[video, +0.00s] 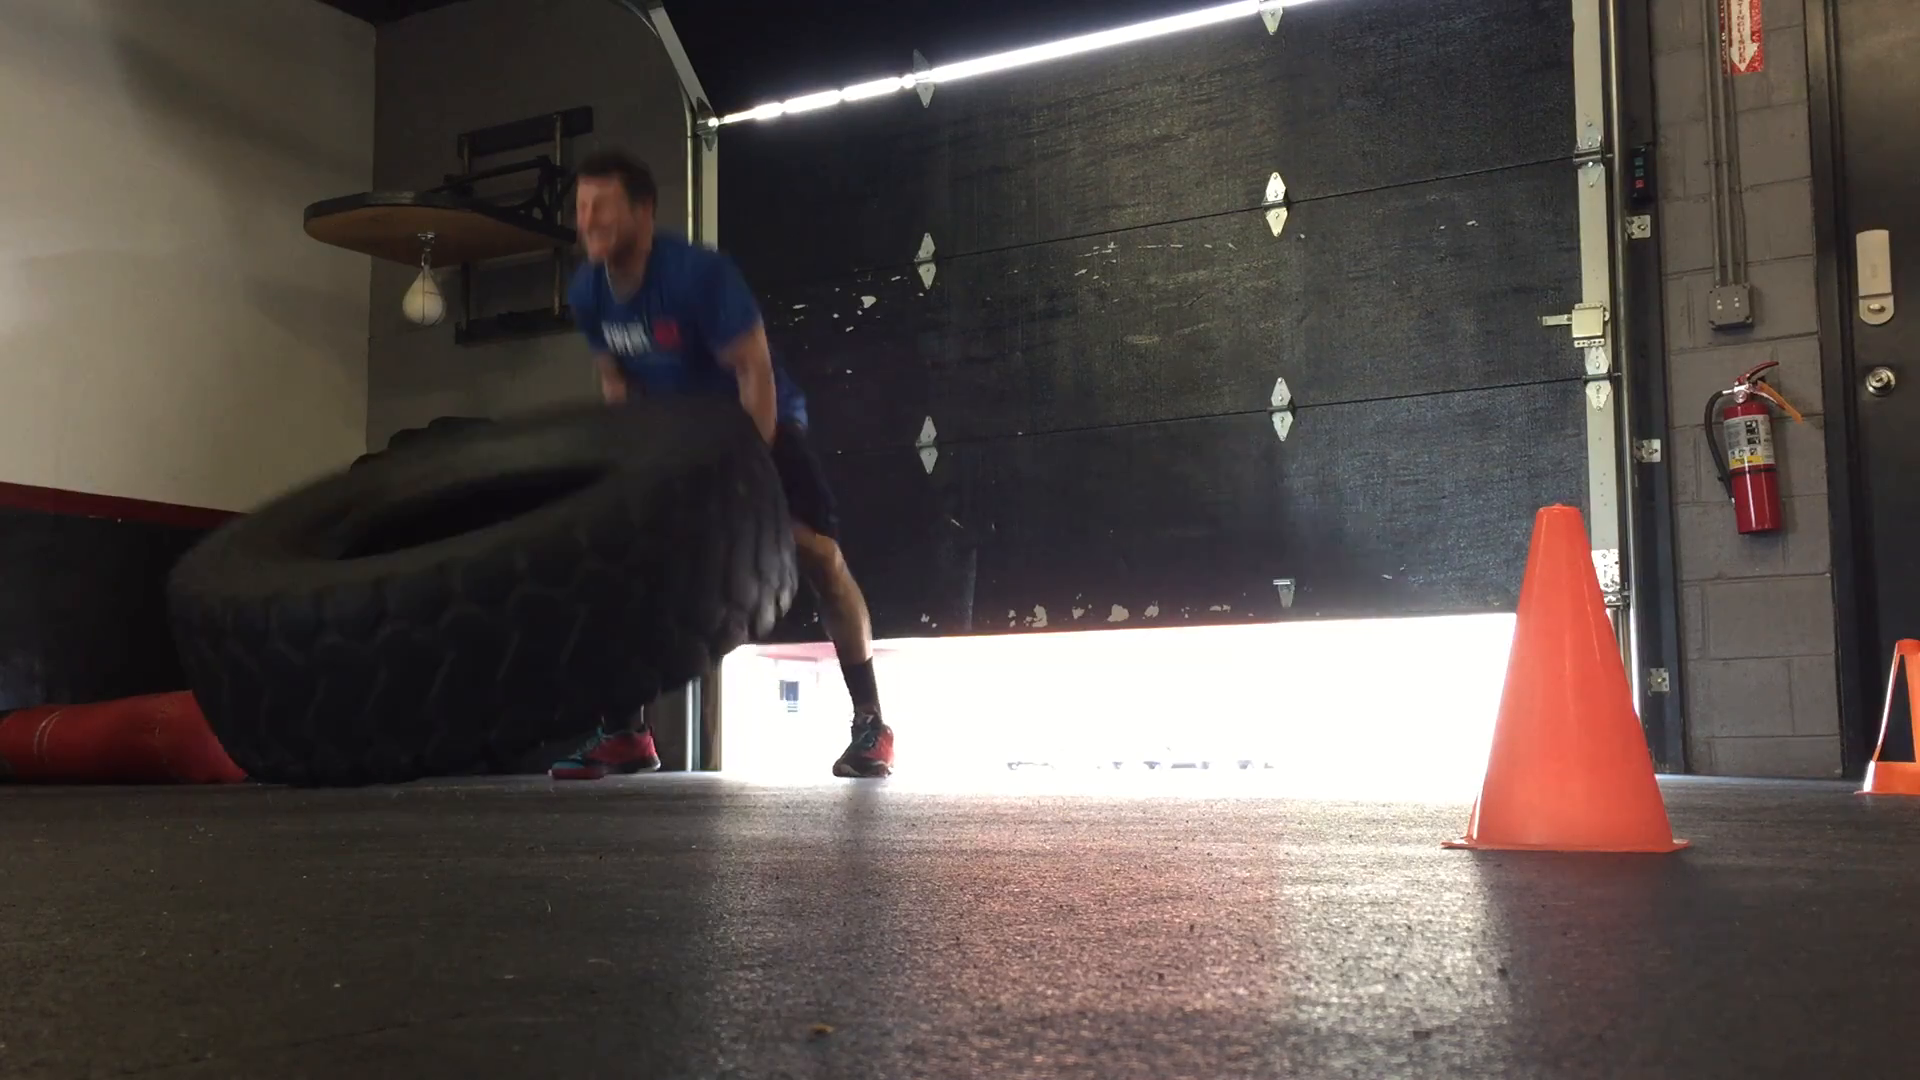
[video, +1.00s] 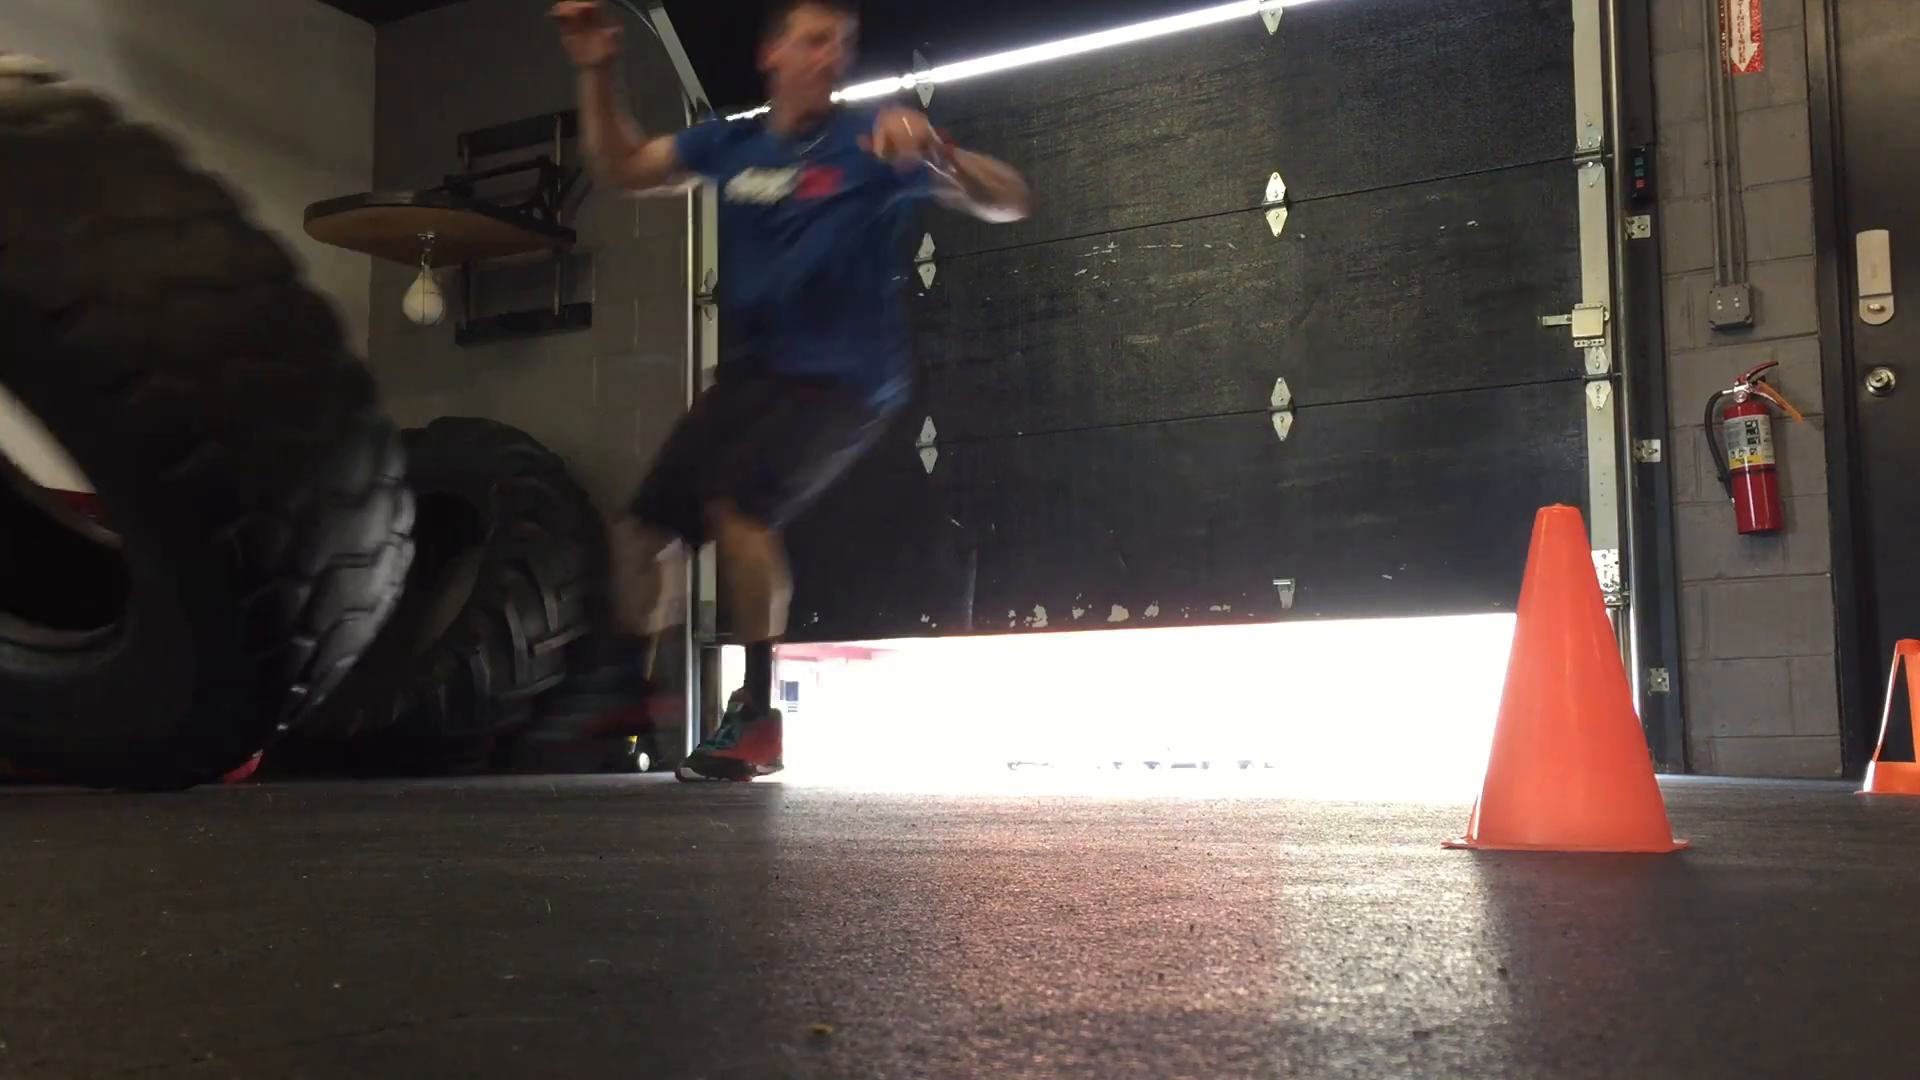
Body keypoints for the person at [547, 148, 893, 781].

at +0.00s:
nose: (590, 224)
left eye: (604, 209)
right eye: (582, 212)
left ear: (644, 212)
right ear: (575, 219)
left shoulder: (703, 274)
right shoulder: (588, 291)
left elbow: (757, 373)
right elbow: (614, 380)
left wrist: (746, 473)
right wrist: (633, 462)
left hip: (761, 428)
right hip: (677, 439)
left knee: (819, 556)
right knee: (628, 567)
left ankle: (870, 724)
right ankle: (628, 730)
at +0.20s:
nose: (570, 153)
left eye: (582, 138)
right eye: (561, 139)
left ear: (625, 130)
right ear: (555, 136)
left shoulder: (687, 169)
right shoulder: (574, 199)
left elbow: (767, 253)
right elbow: (591, 291)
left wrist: (719, 318)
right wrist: (583, 361)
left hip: (722, 403)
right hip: (638, 409)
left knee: (787, 559)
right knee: (623, 564)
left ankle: (859, 718)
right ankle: (613, 732)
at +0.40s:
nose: (512, 156)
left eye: (527, 140)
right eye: (501, 142)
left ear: (565, 140)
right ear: (491, 147)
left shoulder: (630, 207)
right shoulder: (509, 225)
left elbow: (695, 310)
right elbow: (496, 322)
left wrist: (599, 324)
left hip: (672, 421)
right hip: (573, 428)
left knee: (723, 565)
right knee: (517, 564)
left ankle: (842, 696)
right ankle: (498, 732)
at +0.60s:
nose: (544, 140)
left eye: (557, 126)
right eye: (529, 126)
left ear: (582, 134)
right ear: (507, 137)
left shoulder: (622, 192)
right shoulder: (504, 206)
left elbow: (619, 280)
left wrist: (519, 233)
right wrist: (469, 197)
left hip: (670, 386)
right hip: (579, 396)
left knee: (660, 519)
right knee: (521, 539)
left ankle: (769, 692)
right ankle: (500, 730)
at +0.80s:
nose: (650, 169)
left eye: (662, 156)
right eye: (633, 153)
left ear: (675, 167)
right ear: (594, 165)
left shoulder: (694, 246)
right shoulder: (564, 236)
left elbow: (791, 333)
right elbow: (473, 274)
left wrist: (701, 246)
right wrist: (447, 192)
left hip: (693, 434)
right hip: (601, 445)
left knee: (642, 516)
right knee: (494, 561)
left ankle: (745, 718)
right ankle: (496, 739)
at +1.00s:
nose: (833, 56)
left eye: (842, 43)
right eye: (816, 39)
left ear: (852, 58)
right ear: (771, 53)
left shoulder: (881, 144)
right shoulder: (731, 142)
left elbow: (1013, 202)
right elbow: (621, 167)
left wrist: (938, 154)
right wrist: (596, 69)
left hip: (852, 378)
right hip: (758, 373)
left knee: (742, 508)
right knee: (643, 525)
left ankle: (756, 719)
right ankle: (633, 699)